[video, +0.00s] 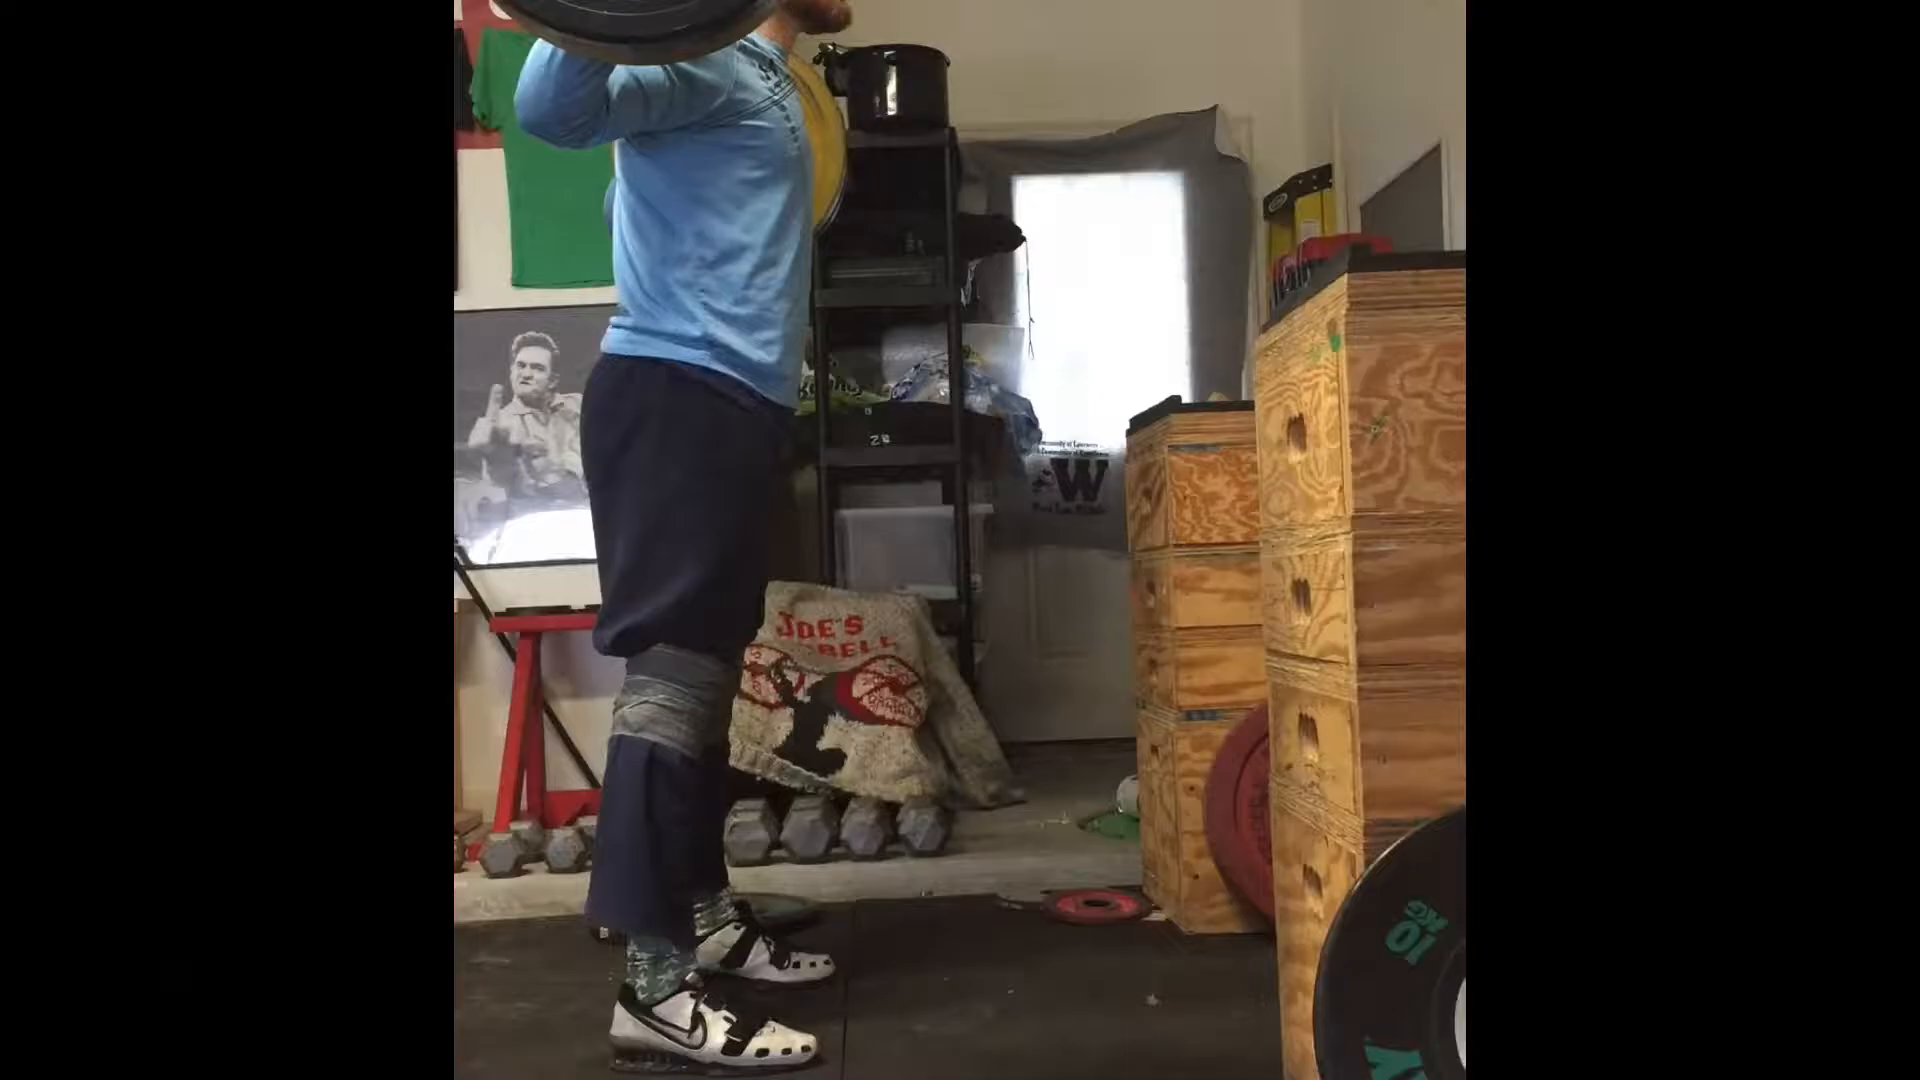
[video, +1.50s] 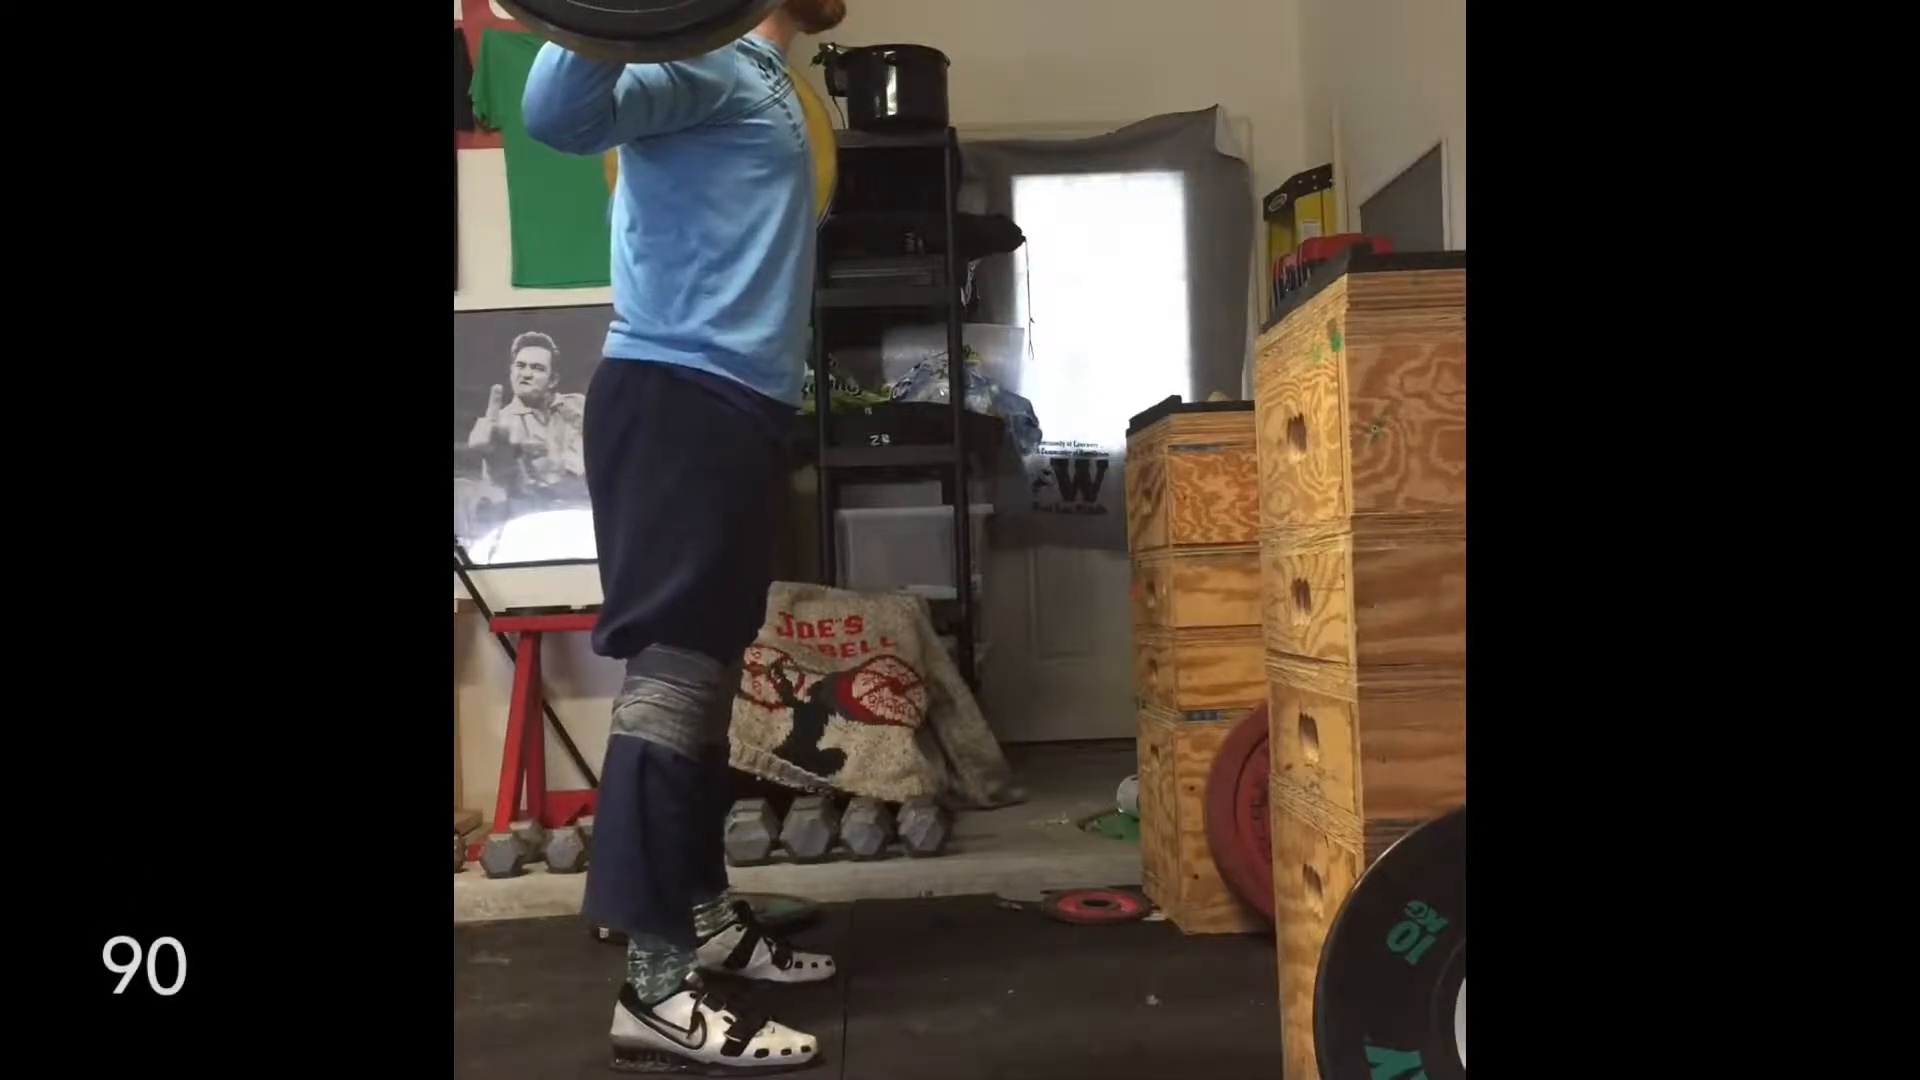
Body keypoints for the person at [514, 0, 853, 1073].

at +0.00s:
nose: (844, 4)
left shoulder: (771, 84)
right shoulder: (705, 66)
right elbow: (550, 111)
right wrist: (605, 3)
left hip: (732, 408)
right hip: (678, 400)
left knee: (704, 677)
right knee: (675, 682)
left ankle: (702, 923)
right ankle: (654, 981)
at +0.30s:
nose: (842, 6)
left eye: (840, 1)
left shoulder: (773, 74)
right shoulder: (707, 60)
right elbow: (560, 115)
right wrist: (614, 0)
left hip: (743, 402)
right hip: (685, 395)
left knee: (711, 667)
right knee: (683, 672)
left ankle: (701, 917)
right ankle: (655, 977)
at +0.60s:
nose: (843, 9)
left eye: (839, 5)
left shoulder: (776, 70)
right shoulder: (708, 55)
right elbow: (562, 112)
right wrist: (607, 3)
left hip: (743, 404)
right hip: (685, 397)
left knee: (709, 670)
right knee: (679, 675)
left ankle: (702, 914)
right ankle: (658, 978)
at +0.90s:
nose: (840, 6)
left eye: (838, 2)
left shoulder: (774, 71)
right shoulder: (706, 56)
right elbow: (558, 111)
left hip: (740, 405)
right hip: (684, 400)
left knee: (707, 674)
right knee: (679, 678)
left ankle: (699, 916)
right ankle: (659, 979)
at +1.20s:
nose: (839, 7)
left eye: (839, 2)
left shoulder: (770, 79)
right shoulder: (704, 64)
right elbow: (555, 115)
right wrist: (611, 4)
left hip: (736, 406)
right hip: (680, 400)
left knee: (706, 671)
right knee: (679, 676)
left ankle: (701, 918)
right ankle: (657, 982)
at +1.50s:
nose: (840, 7)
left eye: (839, 1)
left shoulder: (769, 79)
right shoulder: (703, 65)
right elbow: (555, 115)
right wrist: (611, 4)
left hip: (735, 406)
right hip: (680, 400)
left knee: (705, 673)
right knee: (676, 678)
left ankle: (701, 919)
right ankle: (656, 981)